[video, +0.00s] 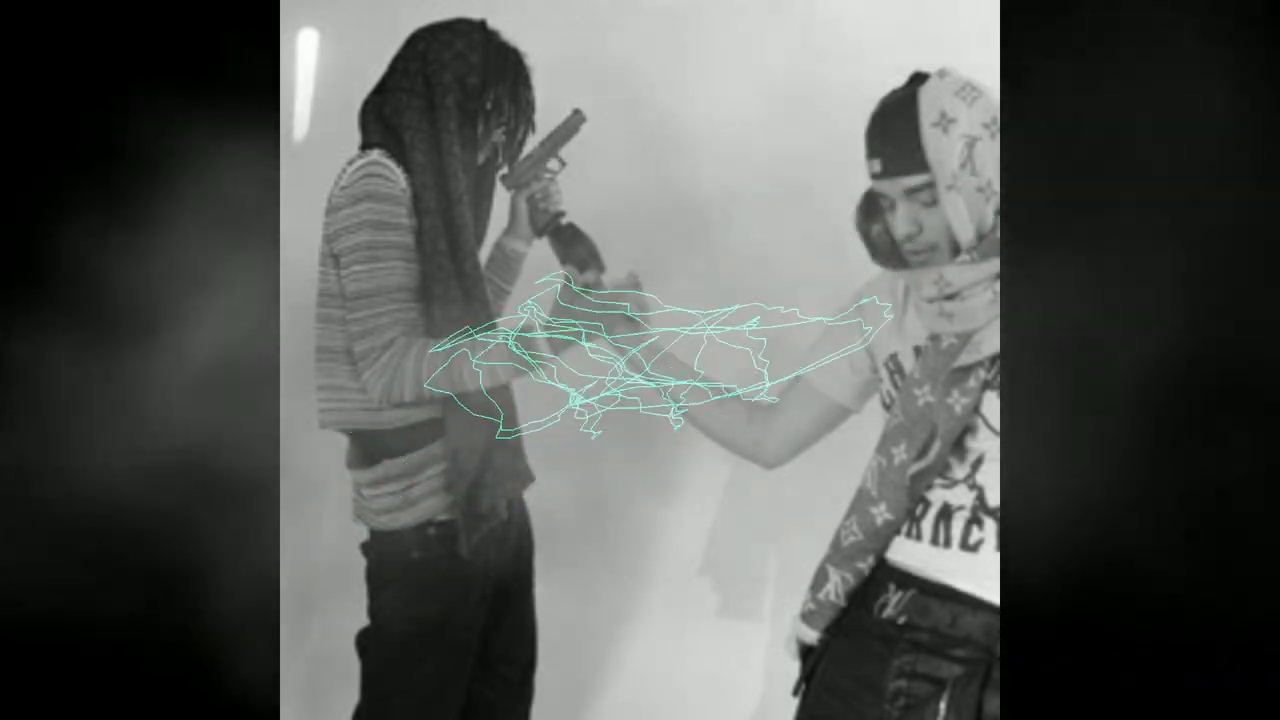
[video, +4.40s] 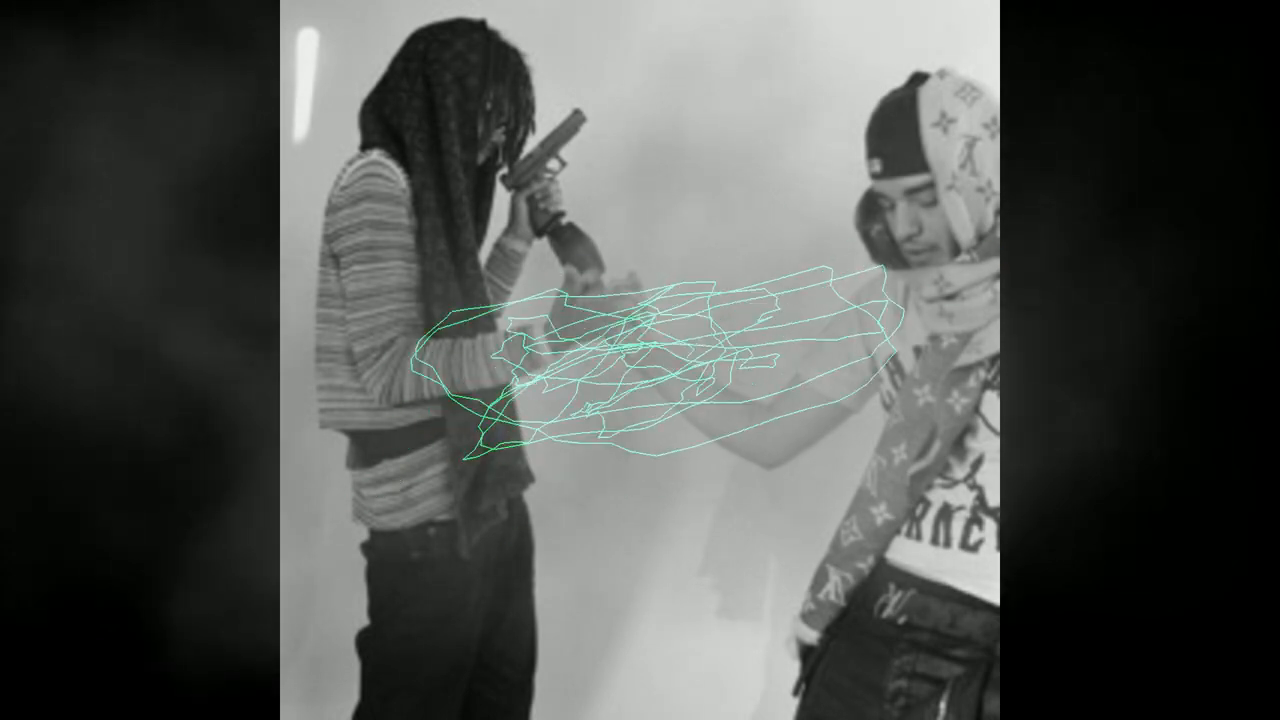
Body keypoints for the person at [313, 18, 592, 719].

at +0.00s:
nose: (499, 148)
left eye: (505, 127)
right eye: (492, 123)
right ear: (449, 108)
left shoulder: (427, 192)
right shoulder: (377, 182)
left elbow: (461, 333)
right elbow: (389, 371)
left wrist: (517, 236)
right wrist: (538, 343)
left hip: (488, 505)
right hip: (425, 522)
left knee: (500, 701)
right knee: (413, 705)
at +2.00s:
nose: (499, 143)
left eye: (506, 125)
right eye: (493, 119)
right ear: (449, 107)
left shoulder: (426, 192)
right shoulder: (377, 182)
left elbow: (461, 333)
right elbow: (390, 369)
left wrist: (519, 234)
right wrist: (553, 337)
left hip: (489, 506)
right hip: (425, 520)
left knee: (499, 702)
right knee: (411, 705)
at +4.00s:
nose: (497, 144)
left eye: (504, 125)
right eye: (492, 120)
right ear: (449, 106)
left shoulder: (427, 190)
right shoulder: (377, 183)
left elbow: (465, 336)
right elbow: (389, 370)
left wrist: (517, 234)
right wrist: (552, 337)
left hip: (488, 508)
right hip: (423, 524)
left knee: (499, 702)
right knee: (411, 707)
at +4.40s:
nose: (497, 143)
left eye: (504, 124)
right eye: (492, 119)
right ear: (449, 106)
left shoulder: (426, 189)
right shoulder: (377, 183)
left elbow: (463, 333)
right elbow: (389, 370)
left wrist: (517, 234)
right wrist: (544, 340)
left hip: (487, 498)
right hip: (422, 514)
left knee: (500, 699)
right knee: (410, 704)